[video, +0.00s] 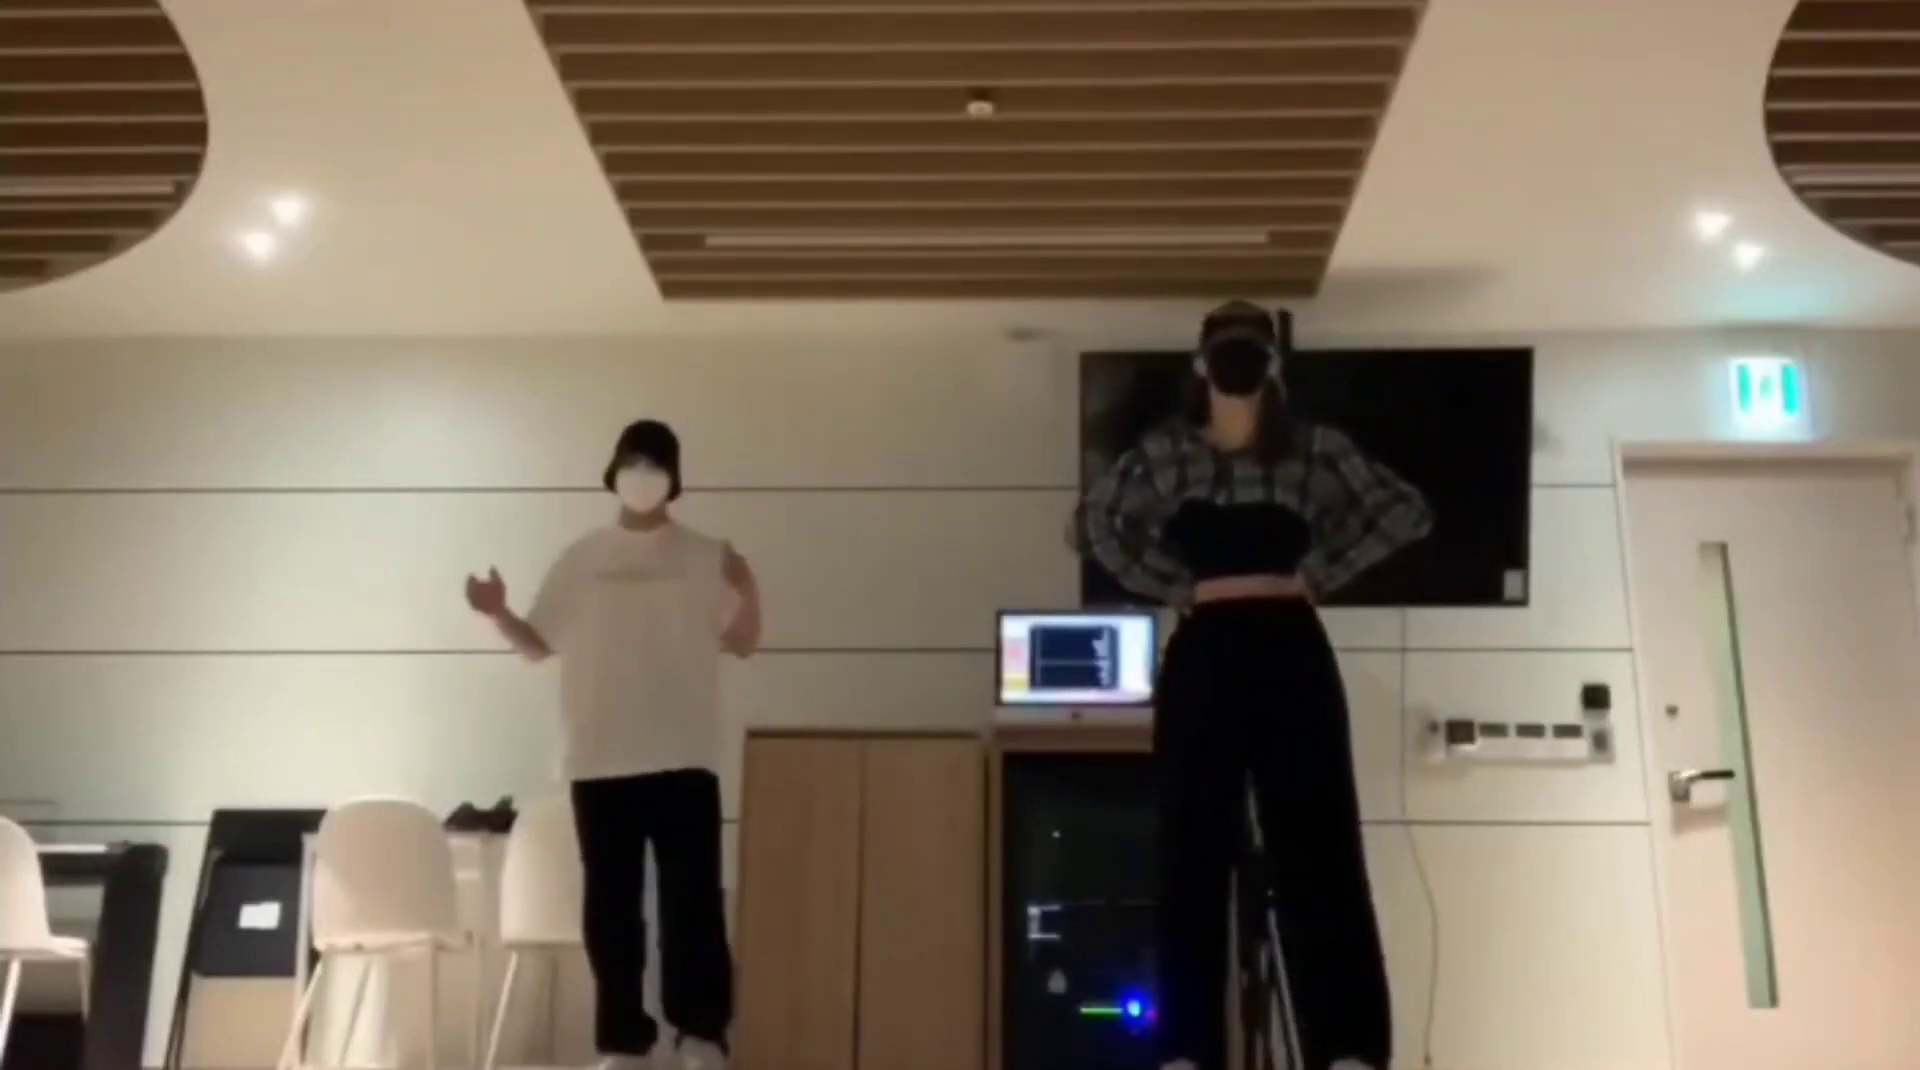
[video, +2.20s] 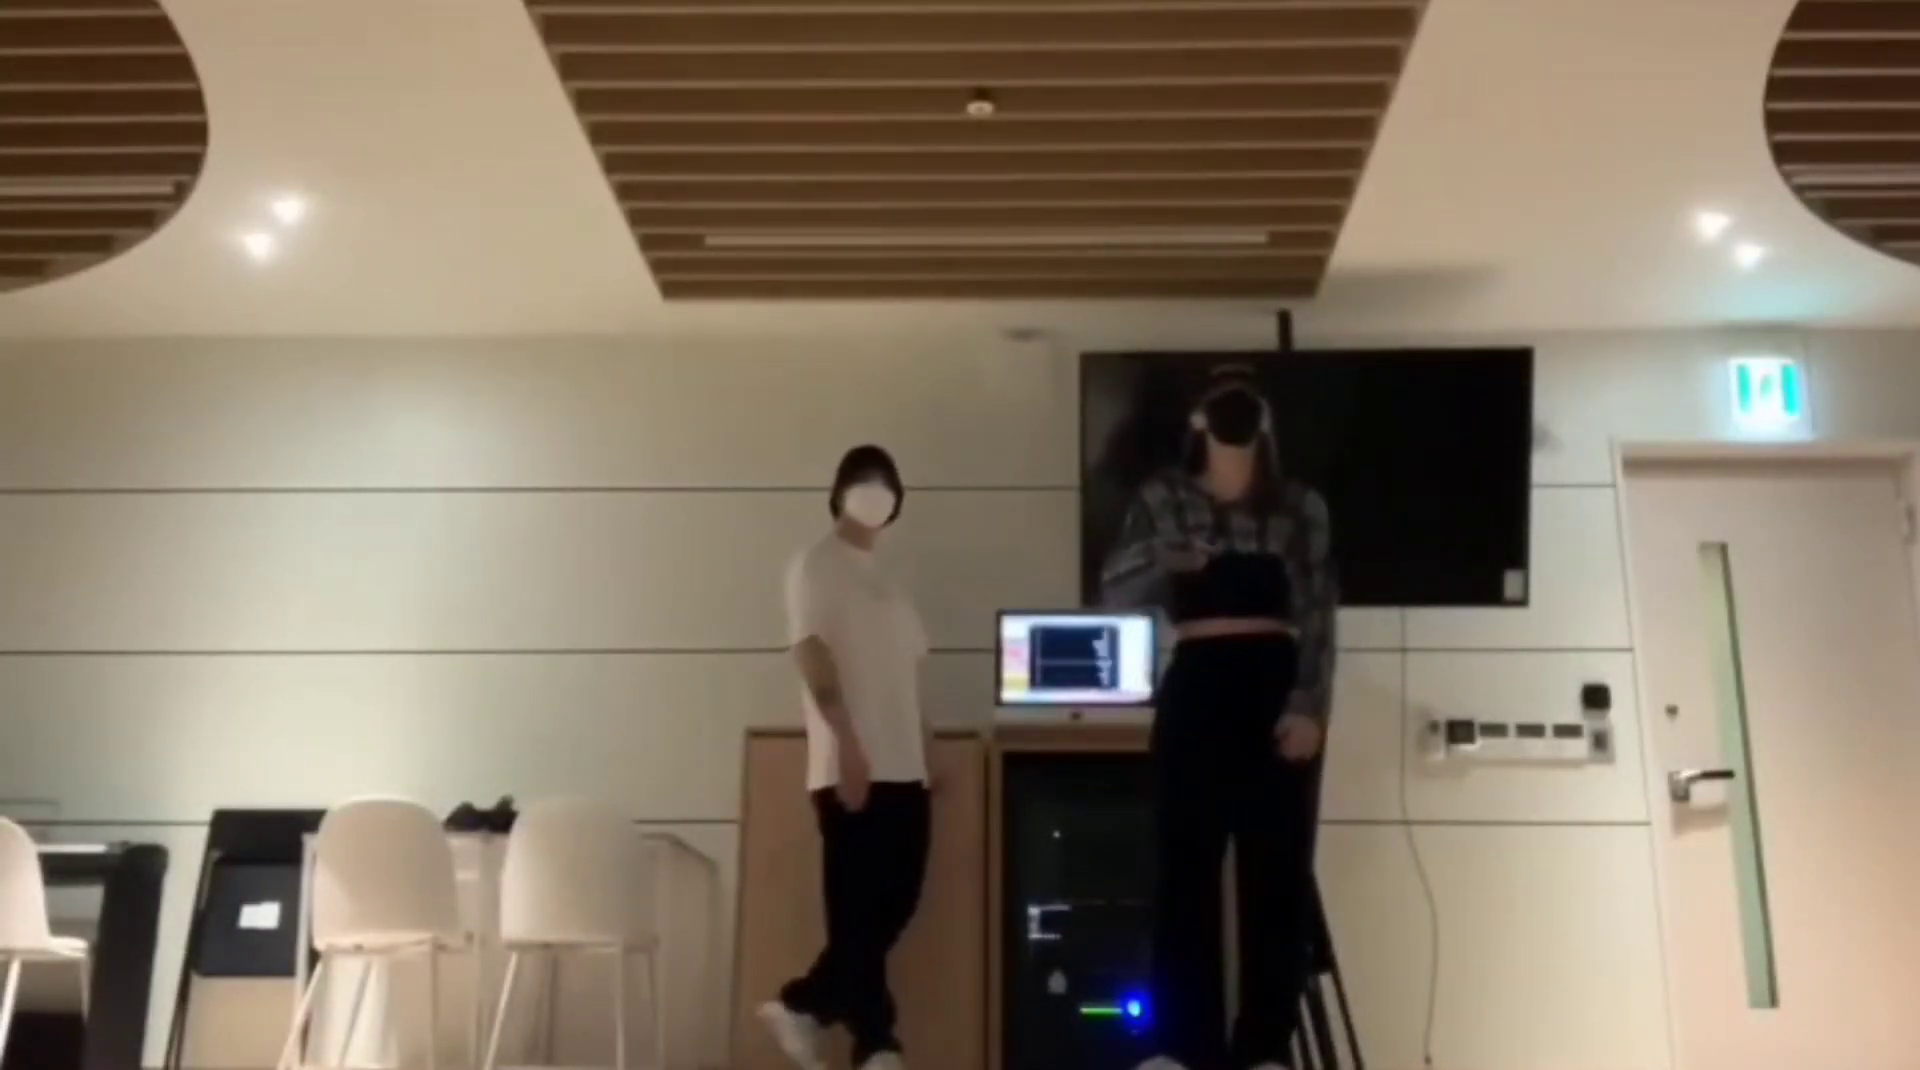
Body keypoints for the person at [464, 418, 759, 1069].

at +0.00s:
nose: (641, 478)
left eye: (653, 466)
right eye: (630, 467)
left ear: (675, 477)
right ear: (612, 476)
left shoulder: (705, 557)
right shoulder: (583, 558)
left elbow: (740, 645)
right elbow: (539, 647)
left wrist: (747, 594)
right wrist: (500, 614)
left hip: (684, 752)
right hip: (601, 755)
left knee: (693, 901)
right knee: (610, 906)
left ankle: (701, 1036)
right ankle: (622, 1043)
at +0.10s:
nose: (641, 480)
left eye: (654, 469)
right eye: (629, 469)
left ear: (674, 480)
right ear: (612, 479)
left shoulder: (703, 556)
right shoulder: (579, 563)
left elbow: (729, 648)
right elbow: (557, 660)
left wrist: (717, 598)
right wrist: (553, 615)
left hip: (692, 751)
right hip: (605, 754)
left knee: (709, 901)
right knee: (613, 908)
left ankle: (727, 1035)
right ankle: (622, 1043)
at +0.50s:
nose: (682, 494)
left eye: (694, 482)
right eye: (669, 482)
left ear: (712, 493)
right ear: (651, 492)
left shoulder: (737, 570)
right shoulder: (616, 573)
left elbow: (768, 659)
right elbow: (579, 656)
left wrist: (702, 652)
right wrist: (644, 662)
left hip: (723, 769)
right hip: (637, 771)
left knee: (742, 914)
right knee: (629, 919)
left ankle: (753, 1042)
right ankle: (624, 1047)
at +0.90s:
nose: (758, 514)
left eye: (770, 505)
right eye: (747, 501)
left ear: (781, 518)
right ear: (724, 509)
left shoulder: (792, 592)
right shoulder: (684, 583)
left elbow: (818, 681)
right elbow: (649, 663)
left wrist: (766, 674)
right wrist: (723, 672)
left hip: (776, 780)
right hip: (699, 778)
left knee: (768, 924)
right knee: (675, 917)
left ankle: (752, 1046)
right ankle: (630, 1045)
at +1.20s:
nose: (802, 526)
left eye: (813, 518)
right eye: (792, 511)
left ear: (821, 532)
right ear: (769, 516)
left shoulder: (814, 602)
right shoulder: (729, 580)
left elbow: (834, 694)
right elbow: (712, 659)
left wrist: (803, 698)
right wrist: (778, 685)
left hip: (802, 770)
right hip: (740, 764)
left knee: (790, 910)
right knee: (741, 905)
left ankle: (760, 1043)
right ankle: (707, 1043)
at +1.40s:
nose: (815, 525)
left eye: (827, 517)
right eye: (806, 511)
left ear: (836, 531)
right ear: (782, 515)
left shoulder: (821, 601)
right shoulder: (744, 576)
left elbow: (837, 677)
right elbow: (731, 657)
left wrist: (826, 727)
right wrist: (786, 717)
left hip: (806, 768)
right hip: (749, 762)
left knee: (795, 904)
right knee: (767, 902)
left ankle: (751, 1038)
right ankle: (778, 1036)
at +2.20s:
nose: (873, 498)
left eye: (884, 488)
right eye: (862, 485)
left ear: (897, 501)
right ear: (839, 493)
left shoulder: (888, 578)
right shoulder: (815, 566)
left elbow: (903, 677)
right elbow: (811, 658)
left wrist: (925, 757)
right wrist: (848, 747)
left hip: (902, 770)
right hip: (848, 770)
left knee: (896, 904)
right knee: (857, 914)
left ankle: (803, 1005)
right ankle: (876, 1044)